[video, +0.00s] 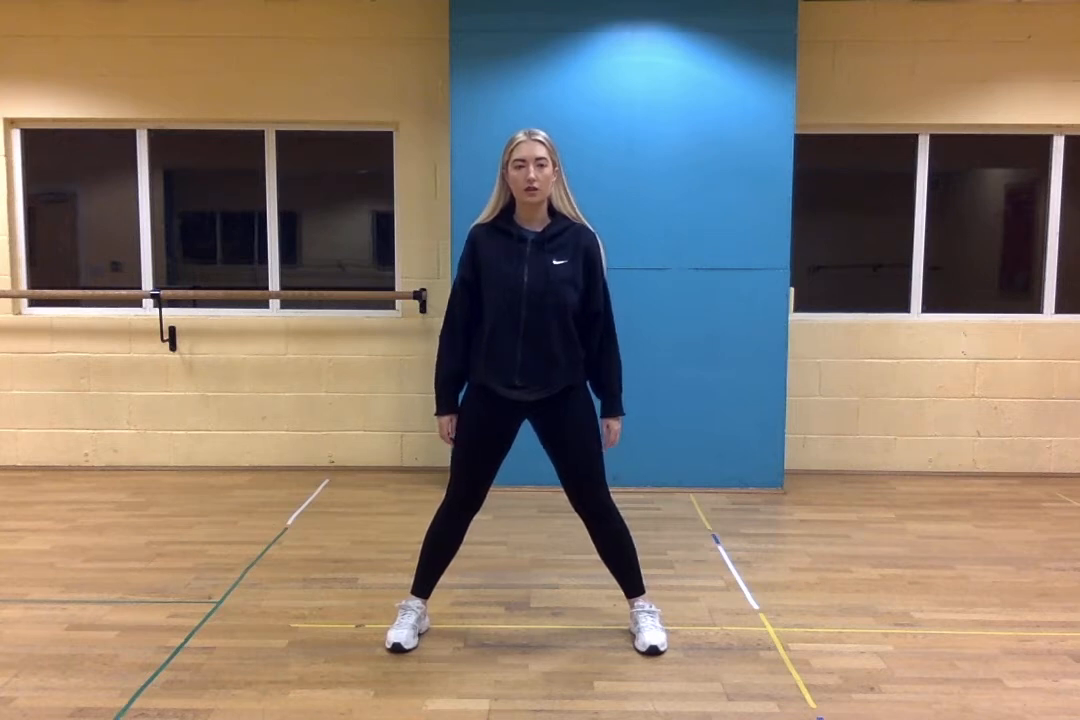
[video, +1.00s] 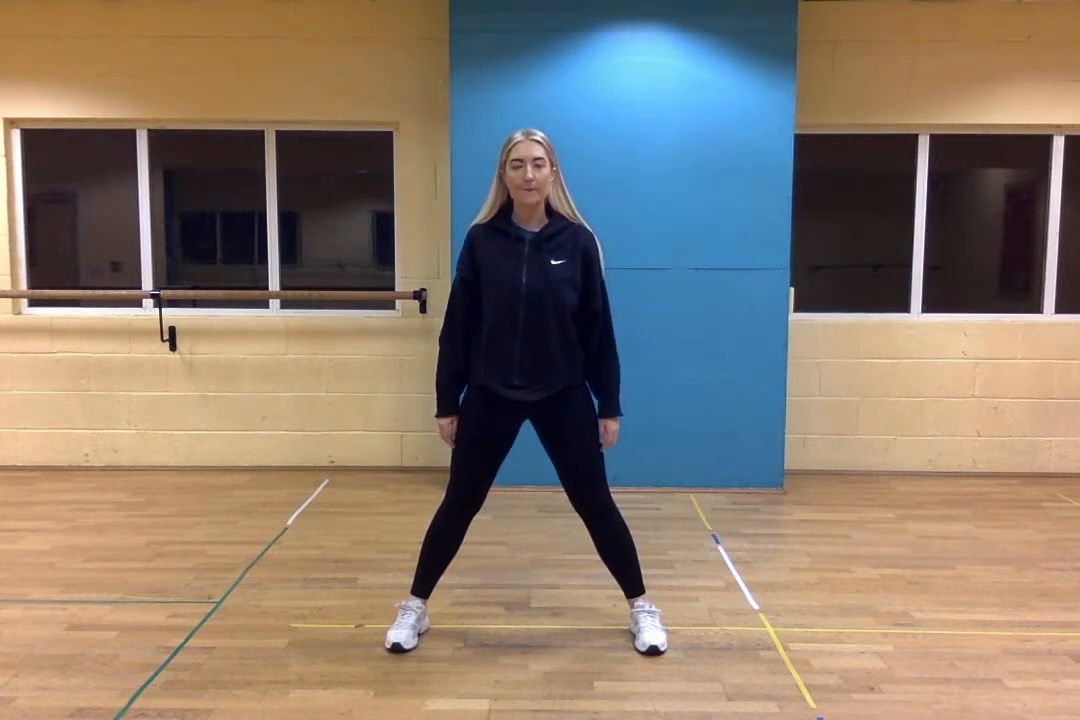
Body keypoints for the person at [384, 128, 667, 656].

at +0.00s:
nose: (531, 173)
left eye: (540, 164)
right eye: (520, 164)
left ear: (555, 172)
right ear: (506, 174)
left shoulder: (581, 240)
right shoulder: (484, 237)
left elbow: (599, 323)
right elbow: (458, 319)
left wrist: (611, 403)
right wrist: (446, 399)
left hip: (563, 393)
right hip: (491, 393)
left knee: (594, 502)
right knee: (460, 501)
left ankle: (641, 607)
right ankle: (414, 606)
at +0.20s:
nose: (531, 173)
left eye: (540, 164)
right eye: (520, 165)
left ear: (555, 172)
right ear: (506, 174)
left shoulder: (580, 240)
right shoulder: (483, 237)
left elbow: (599, 323)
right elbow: (458, 319)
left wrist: (611, 403)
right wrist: (447, 399)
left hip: (563, 393)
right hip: (491, 393)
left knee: (594, 503)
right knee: (459, 501)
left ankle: (641, 607)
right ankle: (414, 606)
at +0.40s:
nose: (529, 173)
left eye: (539, 164)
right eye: (519, 165)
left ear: (554, 172)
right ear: (505, 175)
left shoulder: (580, 240)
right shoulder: (483, 237)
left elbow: (598, 324)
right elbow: (458, 320)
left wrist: (610, 403)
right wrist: (447, 399)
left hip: (563, 393)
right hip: (491, 393)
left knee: (594, 503)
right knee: (459, 501)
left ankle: (641, 607)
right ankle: (414, 606)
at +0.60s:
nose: (529, 173)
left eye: (538, 164)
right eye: (518, 165)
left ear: (553, 172)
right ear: (504, 175)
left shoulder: (579, 239)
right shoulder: (482, 237)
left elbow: (598, 323)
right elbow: (458, 320)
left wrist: (610, 403)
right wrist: (448, 399)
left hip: (563, 393)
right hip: (491, 393)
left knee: (595, 502)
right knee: (460, 501)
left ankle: (641, 607)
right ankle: (414, 606)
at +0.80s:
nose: (529, 173)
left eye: (538, 164)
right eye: (518, 165)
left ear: (553, 172)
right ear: (504, 175)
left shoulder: (579, 239)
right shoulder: (482, 238)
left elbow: (597, 324)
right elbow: (458, 321)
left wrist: (609, 403)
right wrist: (447, 401)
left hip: (562, 394)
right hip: (491, 394)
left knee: (594, 502)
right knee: (460, 501)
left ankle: (641, 607)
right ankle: (414, 606)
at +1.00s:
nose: (529, 173)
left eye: (538, 163)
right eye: (518, 165)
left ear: (553, 172)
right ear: (504, 175)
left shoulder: (579, 239)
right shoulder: (482, 238)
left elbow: (597, 324)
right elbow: (458, 321)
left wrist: (609, 404)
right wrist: (448, 401)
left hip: (562, 394)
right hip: (491, 394)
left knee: (594, 502)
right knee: (460, 501)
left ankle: (641, 607)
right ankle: (414, 606)